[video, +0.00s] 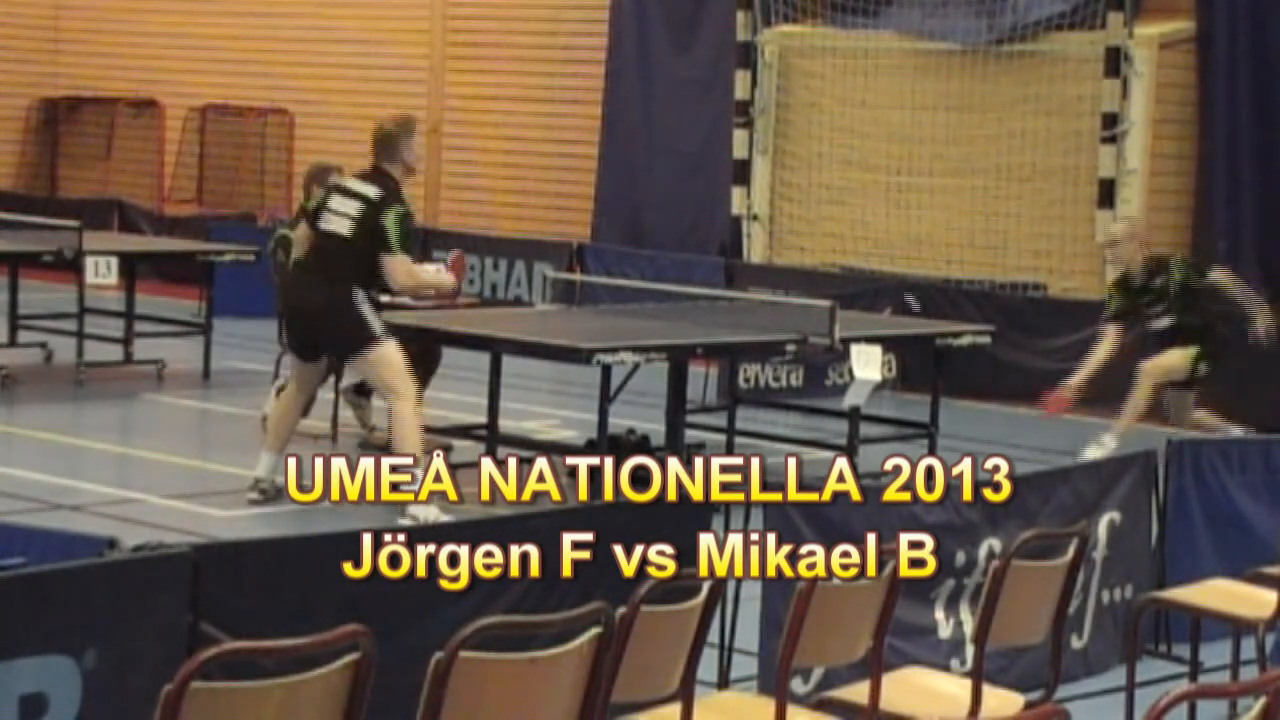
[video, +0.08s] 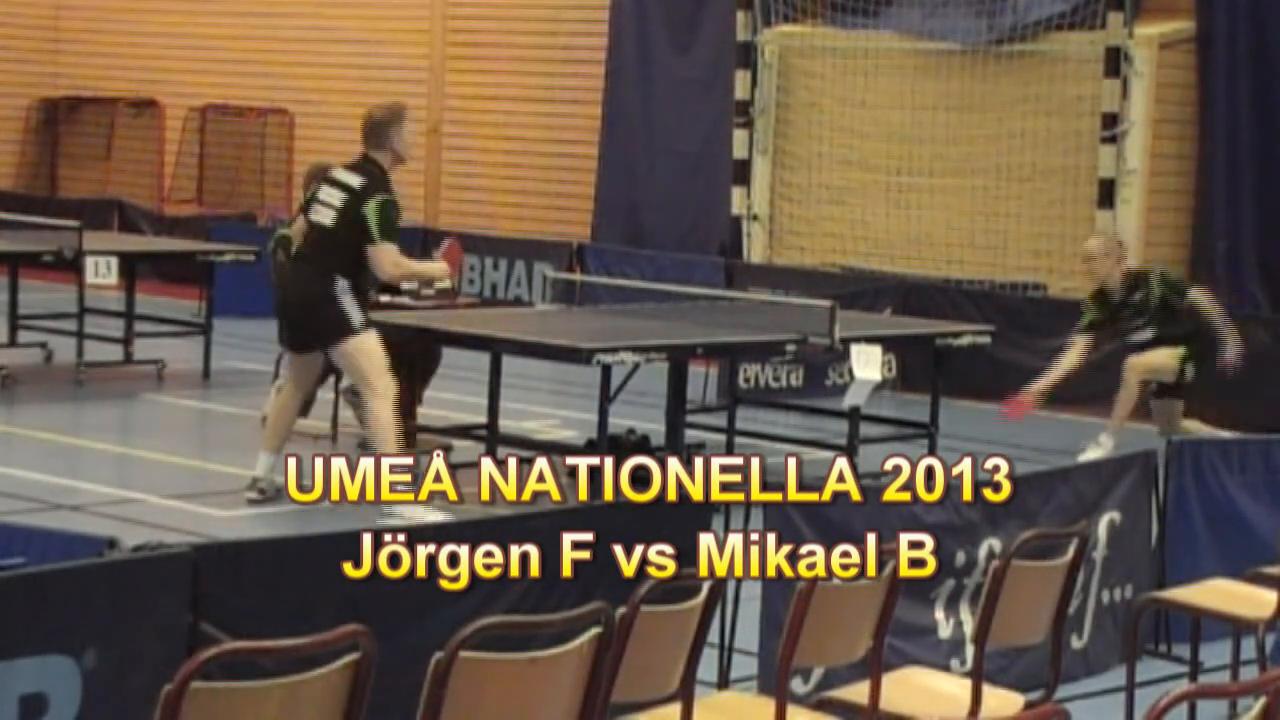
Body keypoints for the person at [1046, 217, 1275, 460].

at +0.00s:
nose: (1110, 253)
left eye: (1117, 244)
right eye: (1107, 247)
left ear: (1140, 244)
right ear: (1107, 251)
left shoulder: (1174, 269)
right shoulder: (1121, 289)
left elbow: (1223, 279)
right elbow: (1107, 343)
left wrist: (1258, 314)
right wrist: (1070, 388)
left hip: (1206, 343)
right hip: (1170, 348)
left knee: (1150, 369)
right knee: (1181, 415)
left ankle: (1111, 440)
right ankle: (1245, 436)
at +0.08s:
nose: (1087, 267)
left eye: (1094, 260)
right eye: (1085, 261)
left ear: (1116, 260)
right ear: (1086, 265)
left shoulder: (1150, 282)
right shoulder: (1099, 304)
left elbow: (1202, 300)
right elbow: (1074, 354)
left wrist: (1228, 342)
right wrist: (1033, 393)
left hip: (1190, 349)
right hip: (1156, 354)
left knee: (1135, 365)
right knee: (1170, 425)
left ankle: (1107, 440)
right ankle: (1239, 442)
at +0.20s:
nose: (1065, 296)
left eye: (1070, 288)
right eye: (1062, 290)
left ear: (1092, 287)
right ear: (1065, 292)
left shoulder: (1126, 304)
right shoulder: (1075, 327)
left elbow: (1181, 323)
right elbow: (1035, 364)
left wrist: (1198, 367)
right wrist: (985, 382)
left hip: (1174, 357)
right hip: (1142, 367)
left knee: (1127, 365)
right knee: (1173, 426)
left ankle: (1107, 440)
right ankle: (1227, 430)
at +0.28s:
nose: (1063, 310)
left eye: (1069, 302)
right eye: (1059, 304)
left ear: (1087, 297)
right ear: (1057, 306)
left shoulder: (1121, 310)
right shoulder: (1064, 333)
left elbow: (1170, 329)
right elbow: (1031, 372)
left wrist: (1190, 374)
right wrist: (993, 382)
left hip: (1164, 354)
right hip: (1135, 367)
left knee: (1123, 364)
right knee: (1165, 420)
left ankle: (1106, 441)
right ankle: (1219, 423)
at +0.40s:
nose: (1074, 292)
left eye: (1080, 285)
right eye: (1070, 285)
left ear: (1098, 284)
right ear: (1065, 286)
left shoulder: (1122, 300)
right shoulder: (1067, 314)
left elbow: (1164, 321)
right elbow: (1060, 359)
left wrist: (1181, 363)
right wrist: (1043, 402)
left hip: (1151, 342)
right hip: (1119, 352)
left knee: (1116, 361)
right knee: (1135, 420)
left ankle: (1105, 439)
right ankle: (1198, 416)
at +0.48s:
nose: (1079, 269)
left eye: (1085, 262)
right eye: (1075, 262)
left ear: (1101, 264)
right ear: (1071, 264)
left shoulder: (1125, 284)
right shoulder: (1070, 295)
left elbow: (1164, 308)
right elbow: (1077, 338)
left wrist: (1181, 349)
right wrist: (1076, 381)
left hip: (1151, 329)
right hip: (1118, 339)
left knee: (1114, 360)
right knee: (1120, 418)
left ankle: (1104, 441)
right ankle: (1181, 416)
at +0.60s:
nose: (1088, 238)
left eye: (1095, 231)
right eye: (1084, 230)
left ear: (1110, 233)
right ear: (1079, 232)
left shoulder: (1130, 259)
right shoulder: (1071, 263)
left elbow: (1168, 288)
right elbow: (1077, 307)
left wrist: (1189, 327)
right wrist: (1082, 343)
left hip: (1141, 321)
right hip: (1108, 328)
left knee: (1112, 361)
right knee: (1127, 404)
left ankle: (1104, 438)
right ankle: (1189, 417)